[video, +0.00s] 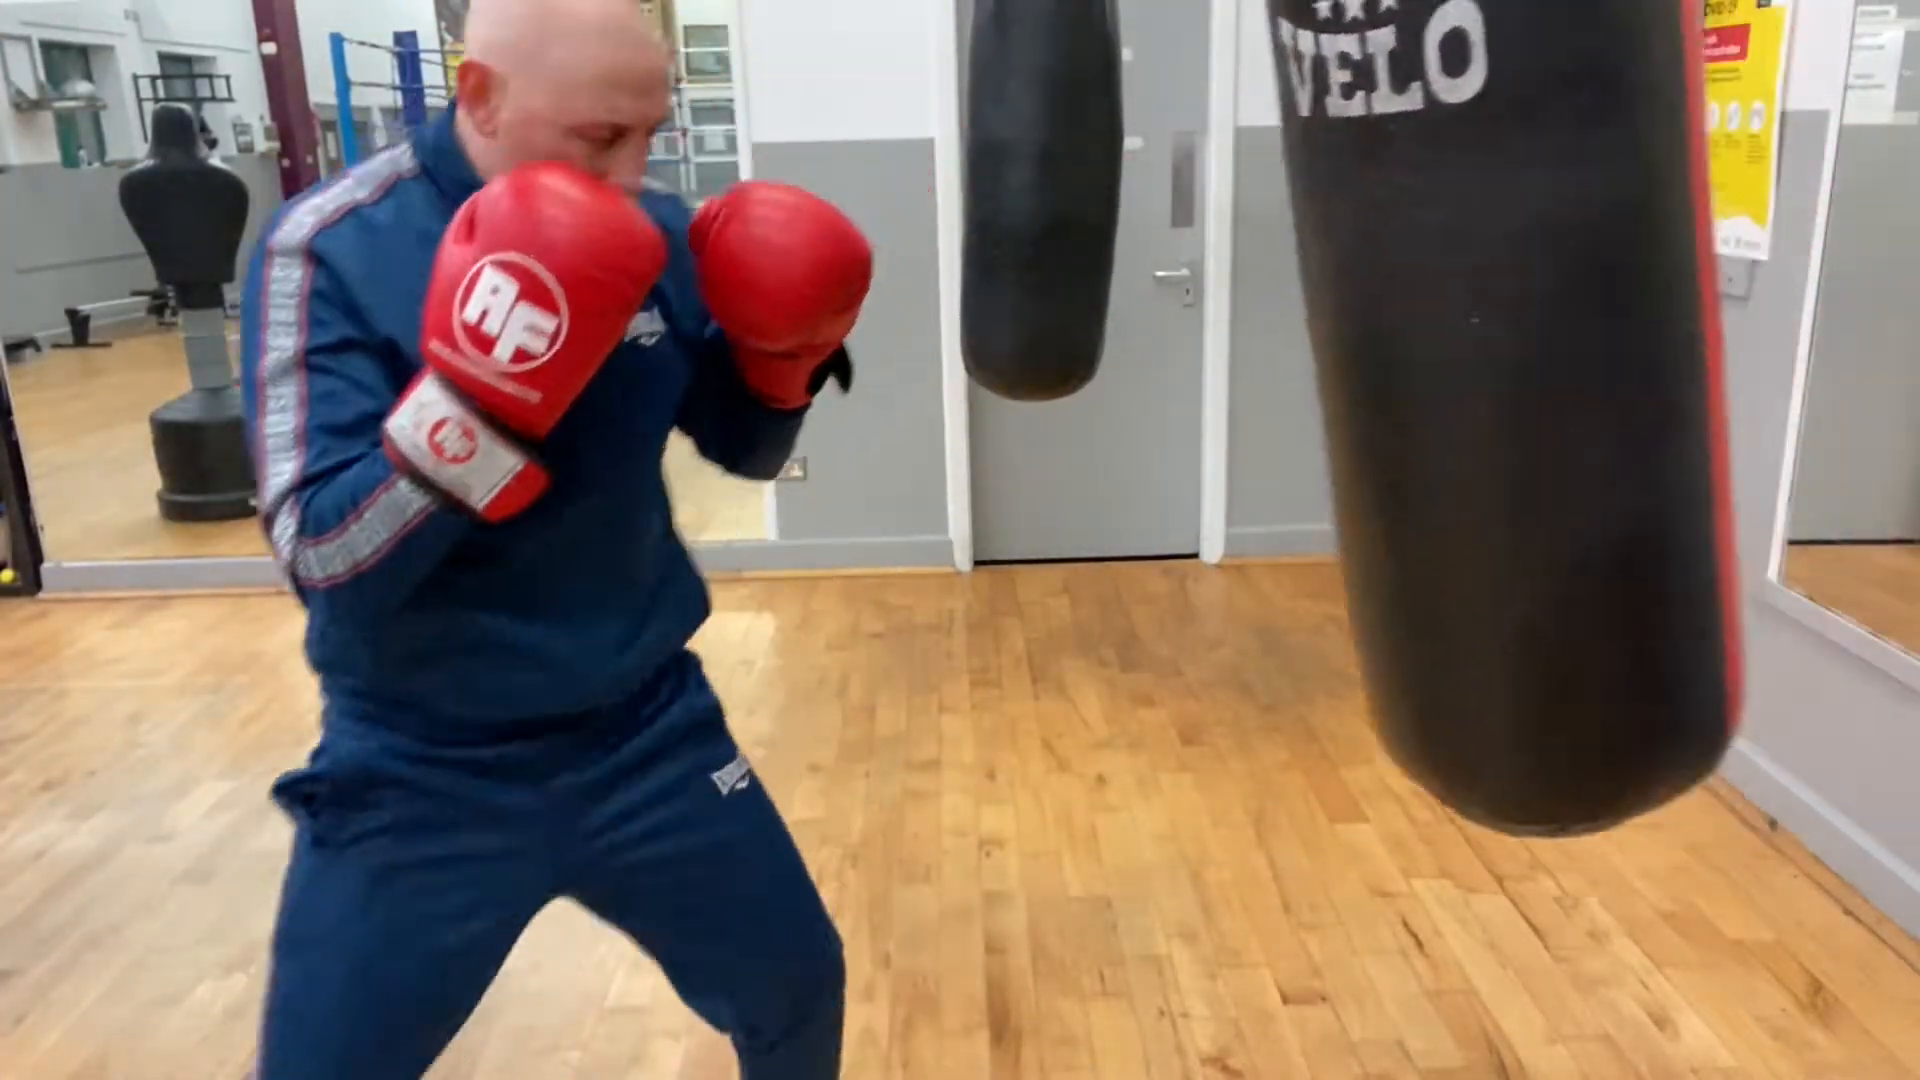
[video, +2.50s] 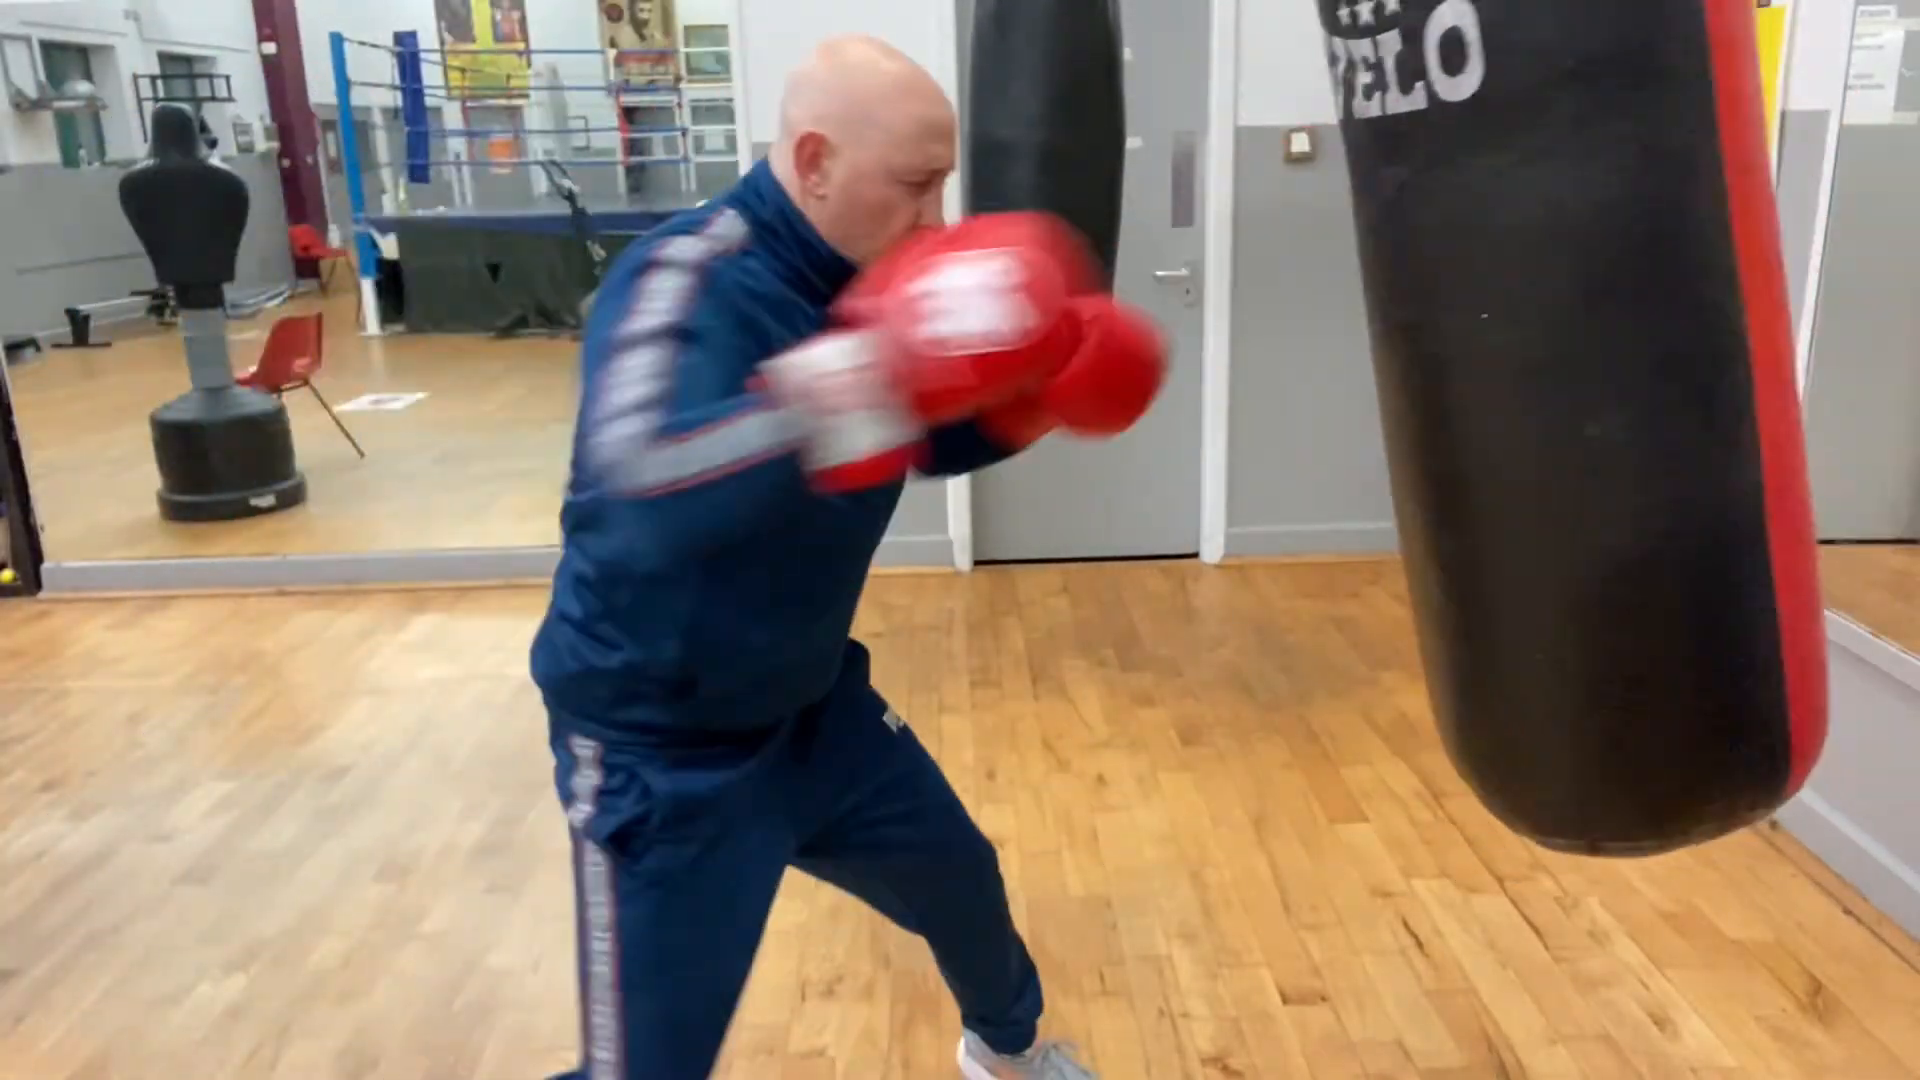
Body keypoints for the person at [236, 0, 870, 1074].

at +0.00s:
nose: (629, 176)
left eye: (649, 136)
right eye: (598, 138)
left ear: (668, 110)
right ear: (478, 97)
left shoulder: (657, 230)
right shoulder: (324, 251)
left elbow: (745, 448)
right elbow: (321, 559)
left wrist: (787, 355)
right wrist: (477, 399)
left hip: (648, 747)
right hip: (419, 782)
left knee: (801, 994)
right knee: (317, 1069)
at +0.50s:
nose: (189, 113)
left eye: (206, 71)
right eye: (150, 65)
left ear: (223, 59)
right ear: (16, 38)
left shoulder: (201, 230)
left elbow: (327, 485)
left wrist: (340, 353)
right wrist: (46, 402)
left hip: (280, 775)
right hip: (55, 836)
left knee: (409, 1049)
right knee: (57, 1070)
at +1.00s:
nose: (116, 28)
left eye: (127, 14)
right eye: (76, 17)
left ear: (148, 16)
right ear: (0, 25)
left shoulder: (186, 146)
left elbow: (292, 392)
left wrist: (295, 239)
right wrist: (34, 277)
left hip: (233, 675)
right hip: (29, 722)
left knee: (344, 990)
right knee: (23, 1044)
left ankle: (367, 1075)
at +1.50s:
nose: (76, 35)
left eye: (83, 24)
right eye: (45, 26)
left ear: (104, 21)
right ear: (7, 20)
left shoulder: (143, 154)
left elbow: (317, 359)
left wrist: (321, 212)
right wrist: (13, 230)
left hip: (207, 697)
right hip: (27, 748)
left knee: (436, 963)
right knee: (13, 1052)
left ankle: (500, 1072)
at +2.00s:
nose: (444, 43)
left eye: (462, 18)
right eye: (419, 11)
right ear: (296, 8)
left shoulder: (450, 143)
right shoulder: (143, 173)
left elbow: (583, 380)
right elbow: (263, 447)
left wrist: (623, 249)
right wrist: (385, 228)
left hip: (516, 681)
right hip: (308, 735)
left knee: (643, 942)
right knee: (328, 1062)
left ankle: (637, 1074)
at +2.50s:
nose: (936, 216)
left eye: (942, 187)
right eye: (916, 186)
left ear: (823, 167)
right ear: (812, 166)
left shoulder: (873, 292)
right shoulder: (686, 274)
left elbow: (913, 446)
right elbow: (628, 477)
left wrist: (1040, 396)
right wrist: (863, 385)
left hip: (807, 704)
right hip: (655, 741)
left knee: (960, 881)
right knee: (637, 1066)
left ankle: (1008, 1050)